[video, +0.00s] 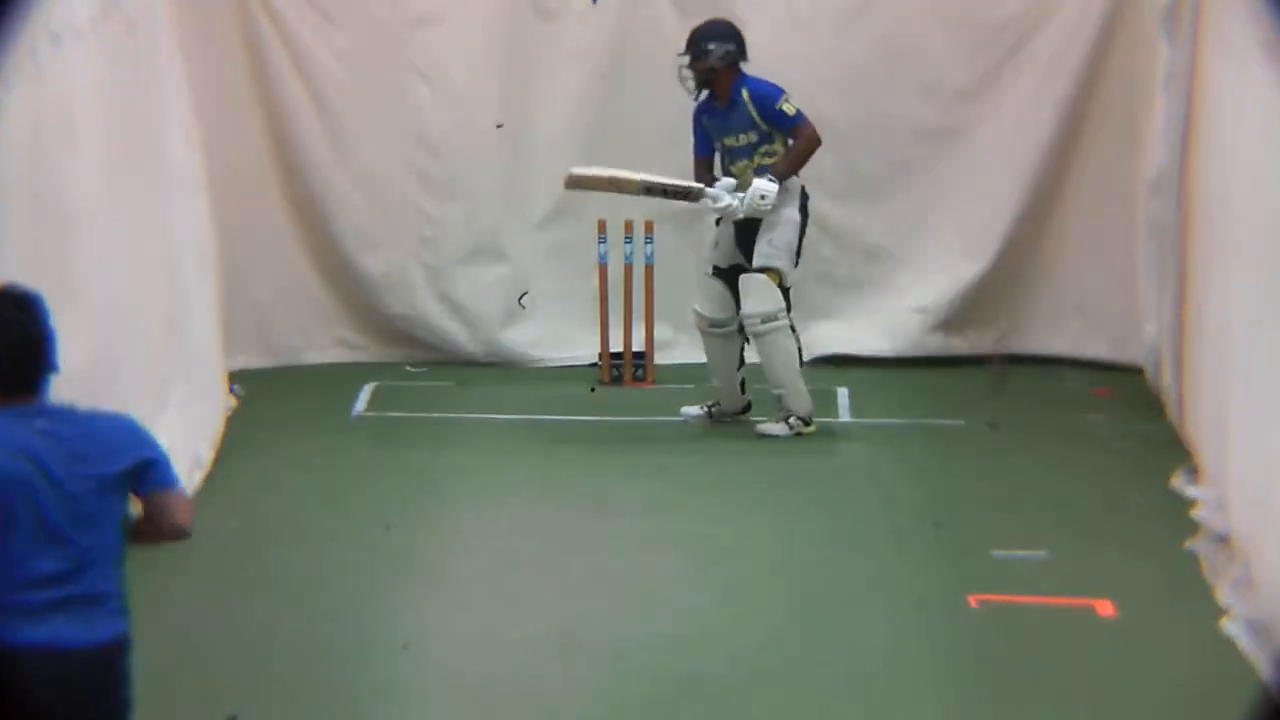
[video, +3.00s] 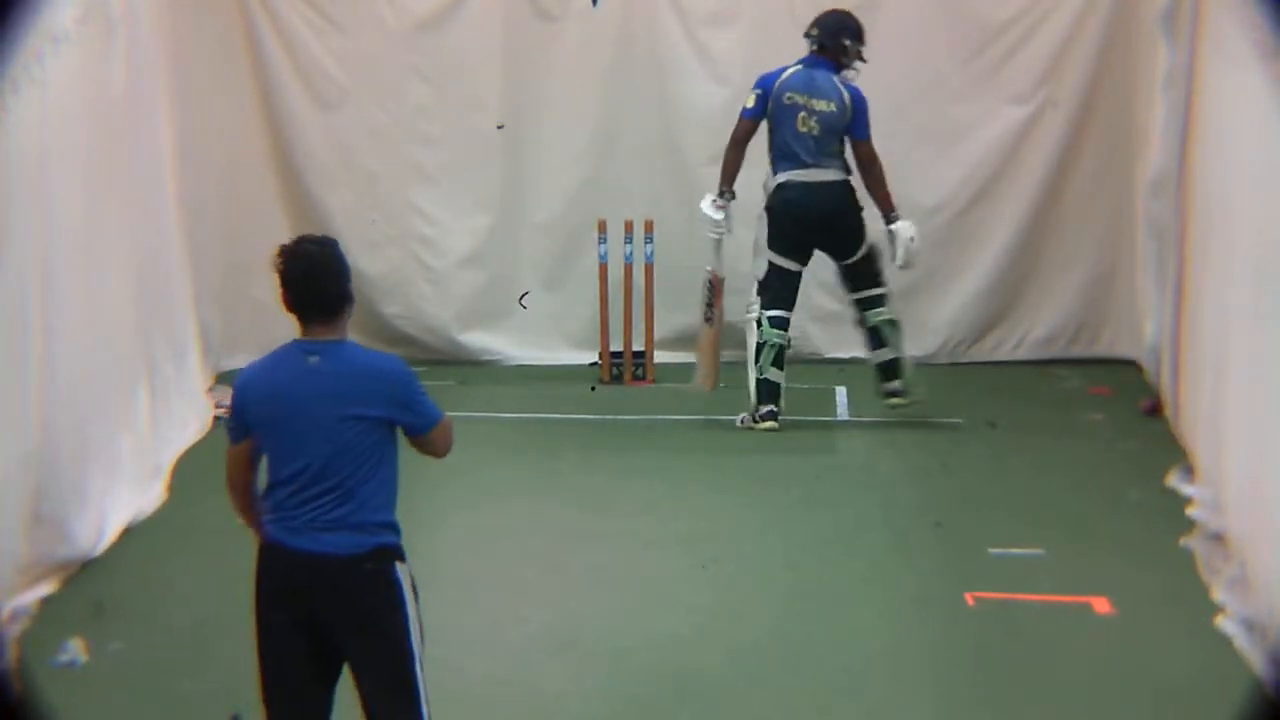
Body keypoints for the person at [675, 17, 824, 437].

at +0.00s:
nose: (691, 69)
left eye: (697, 61)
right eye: (691, 61)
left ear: (722, 59)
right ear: (715, 61)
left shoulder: (761, 95)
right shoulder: (704, 114)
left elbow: (808, 137)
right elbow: (702, 172)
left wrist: (771, 178)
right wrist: (715, 190)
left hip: (781, 204)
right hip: (736, 208)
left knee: (762, 300)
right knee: (715, 304)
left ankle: (797, 412)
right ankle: (730, 403)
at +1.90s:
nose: (713, 59)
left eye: (717, 50)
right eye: (713, 52)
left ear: (735, 43)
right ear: (748, 44)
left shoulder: (740, 72)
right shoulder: (752, 80)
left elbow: (761, 125)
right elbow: (745, 151)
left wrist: (763, 189)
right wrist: (716, 202)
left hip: (746, 205)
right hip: (734, 205)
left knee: (742, 304)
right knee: (718, 303)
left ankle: (787, 402)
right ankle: (730, 401)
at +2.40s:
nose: (742, 50)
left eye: (744, 44)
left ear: (749, 45)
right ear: (789, 51)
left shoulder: (736, 75)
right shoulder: (798, 96)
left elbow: (723, 129)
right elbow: (803, 165)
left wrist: (706, 188)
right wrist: (769, 190)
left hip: (742, 199)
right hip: (780, 204)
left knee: (718, 287)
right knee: (754, 289)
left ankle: (743, 385)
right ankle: (740, 391)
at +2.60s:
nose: (758, 46)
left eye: (759, 39)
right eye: (804, 46)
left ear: (760, 43)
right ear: (800, 48)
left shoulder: (735, 80)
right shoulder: (810, 93)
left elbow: (708, 140)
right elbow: (828, 160)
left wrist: (692, 195)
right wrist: (805, 200)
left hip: (757, 198)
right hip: (798, 201)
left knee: (750, 295)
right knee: (766, 297)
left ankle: (762, 403)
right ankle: (739, 389)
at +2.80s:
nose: (826, 51)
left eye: (826, 45)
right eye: (824, 44)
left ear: (780, 39)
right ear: (816, 44)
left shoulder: (746, 79)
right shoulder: (826, 91)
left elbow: (715, 141)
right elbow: (845, 156)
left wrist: (699, 196)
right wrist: (856, 214)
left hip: (771, 198)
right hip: (817, 198)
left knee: (766, 295)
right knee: (803, 291)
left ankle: (766, 407)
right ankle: (804, 395)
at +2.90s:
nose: (838, 55)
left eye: (839, 46)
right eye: (835, 46)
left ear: (796, 40)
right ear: (822, 44)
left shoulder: (757, 80)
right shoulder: (835, 92)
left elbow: (725, 140)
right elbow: (854, 158)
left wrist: (708, 195)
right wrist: (876, 216)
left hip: (779, 201)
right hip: (826, 201)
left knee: (772, 298)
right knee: (831, 289)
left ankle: (767, 408)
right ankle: (848, 393)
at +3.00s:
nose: (857, 59)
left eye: (858, 50)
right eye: (854, 50)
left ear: (815, 43)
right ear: (840, 47)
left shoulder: (772, 82)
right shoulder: (849, 95)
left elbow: (739, 139)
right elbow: (867, 162)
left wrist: (723, 195)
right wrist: (893, 218)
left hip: (788, 205)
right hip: (837, 204)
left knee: (776, 300)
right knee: (866, 286)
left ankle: (766, 406)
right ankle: (891, 380)